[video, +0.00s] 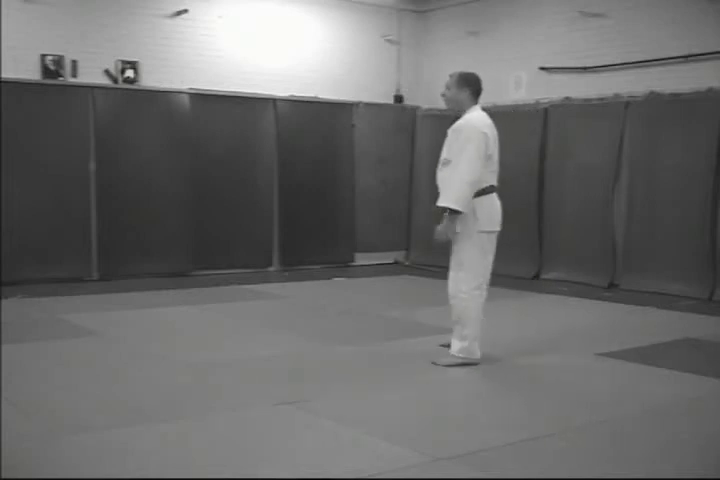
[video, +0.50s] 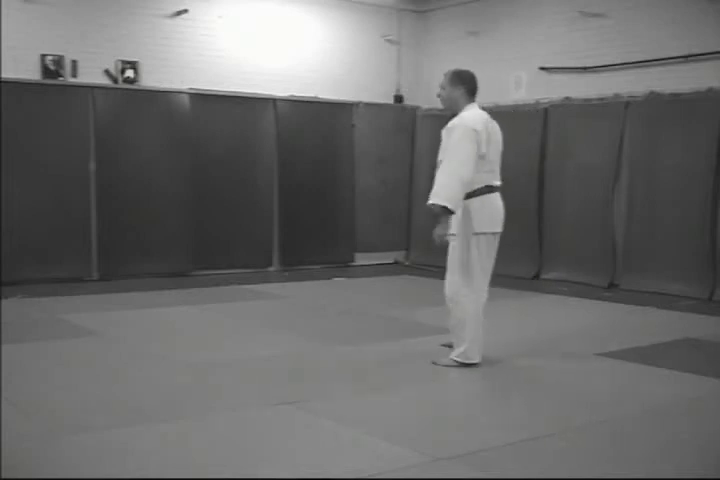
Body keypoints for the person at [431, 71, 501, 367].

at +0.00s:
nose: (443, 94)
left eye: (449, 89)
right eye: (445, 89)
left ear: (467, 93)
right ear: (469, 93)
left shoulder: (470, 126)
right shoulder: (478, 122)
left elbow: (464, 173)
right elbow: (466, 171)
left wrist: (449, 215)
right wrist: (450, 210)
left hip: (474, 209)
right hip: (480, 207)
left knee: (465, 281)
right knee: (469, 280)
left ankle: (466, 350)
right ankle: (464, 340)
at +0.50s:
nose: (439, 94)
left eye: (444, 88)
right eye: (440, 88)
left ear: (461, 92)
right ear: (467, 93)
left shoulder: (464, 125)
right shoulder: (487, 122)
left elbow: (455, 171)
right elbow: (485, 171)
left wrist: (444, 216)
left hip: (472, 209)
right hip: (489, 206)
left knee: (462, 282)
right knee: (473, 280)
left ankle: (467, 352)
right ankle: (466, 340)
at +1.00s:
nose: (435, 99)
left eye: (439, 94)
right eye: (436, 94)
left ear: (456, 97)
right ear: (464, 97)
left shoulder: (462, 130)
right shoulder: (480, 126)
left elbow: (460, 180)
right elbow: (477, 177)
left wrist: (441, 224)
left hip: (472, 213)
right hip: (487, 210)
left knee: (456, 279)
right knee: (472, 278)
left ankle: (476, 345)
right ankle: (469, 338)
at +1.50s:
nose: (413, 131)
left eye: (417, 125)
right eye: (414, 125)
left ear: (434, 129)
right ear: (438, 129)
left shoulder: (451, 157)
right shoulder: (449, 154)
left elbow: (447, 208)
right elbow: (446, 207)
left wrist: (425, 252)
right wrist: (428, 245)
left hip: (486, 233)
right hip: (472, 232)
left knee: (456, 292)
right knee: (437, 276)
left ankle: (488, 353)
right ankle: (443, 336)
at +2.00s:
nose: (420, 117)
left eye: (424, 111)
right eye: (421, 111)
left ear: (441, 112)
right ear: (445, 113)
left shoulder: (455, 141)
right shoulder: (467, 137)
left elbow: (453, 189)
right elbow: (461, 188)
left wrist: (441, 234)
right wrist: (448, 232)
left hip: (484, 217)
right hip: (480, 216)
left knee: (482, 289)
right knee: (451, 267)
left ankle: (510, 355)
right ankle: (449, 335)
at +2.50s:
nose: (387, 153)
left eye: (391, 147)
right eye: (389, 147)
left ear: (407, 147)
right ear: (415, 148)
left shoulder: (426, 173)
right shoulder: (443, 163)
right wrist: (448, 253)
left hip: (488, 230)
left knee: (443, 288)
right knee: (433, 276)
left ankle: (473, 353)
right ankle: (454, 335)